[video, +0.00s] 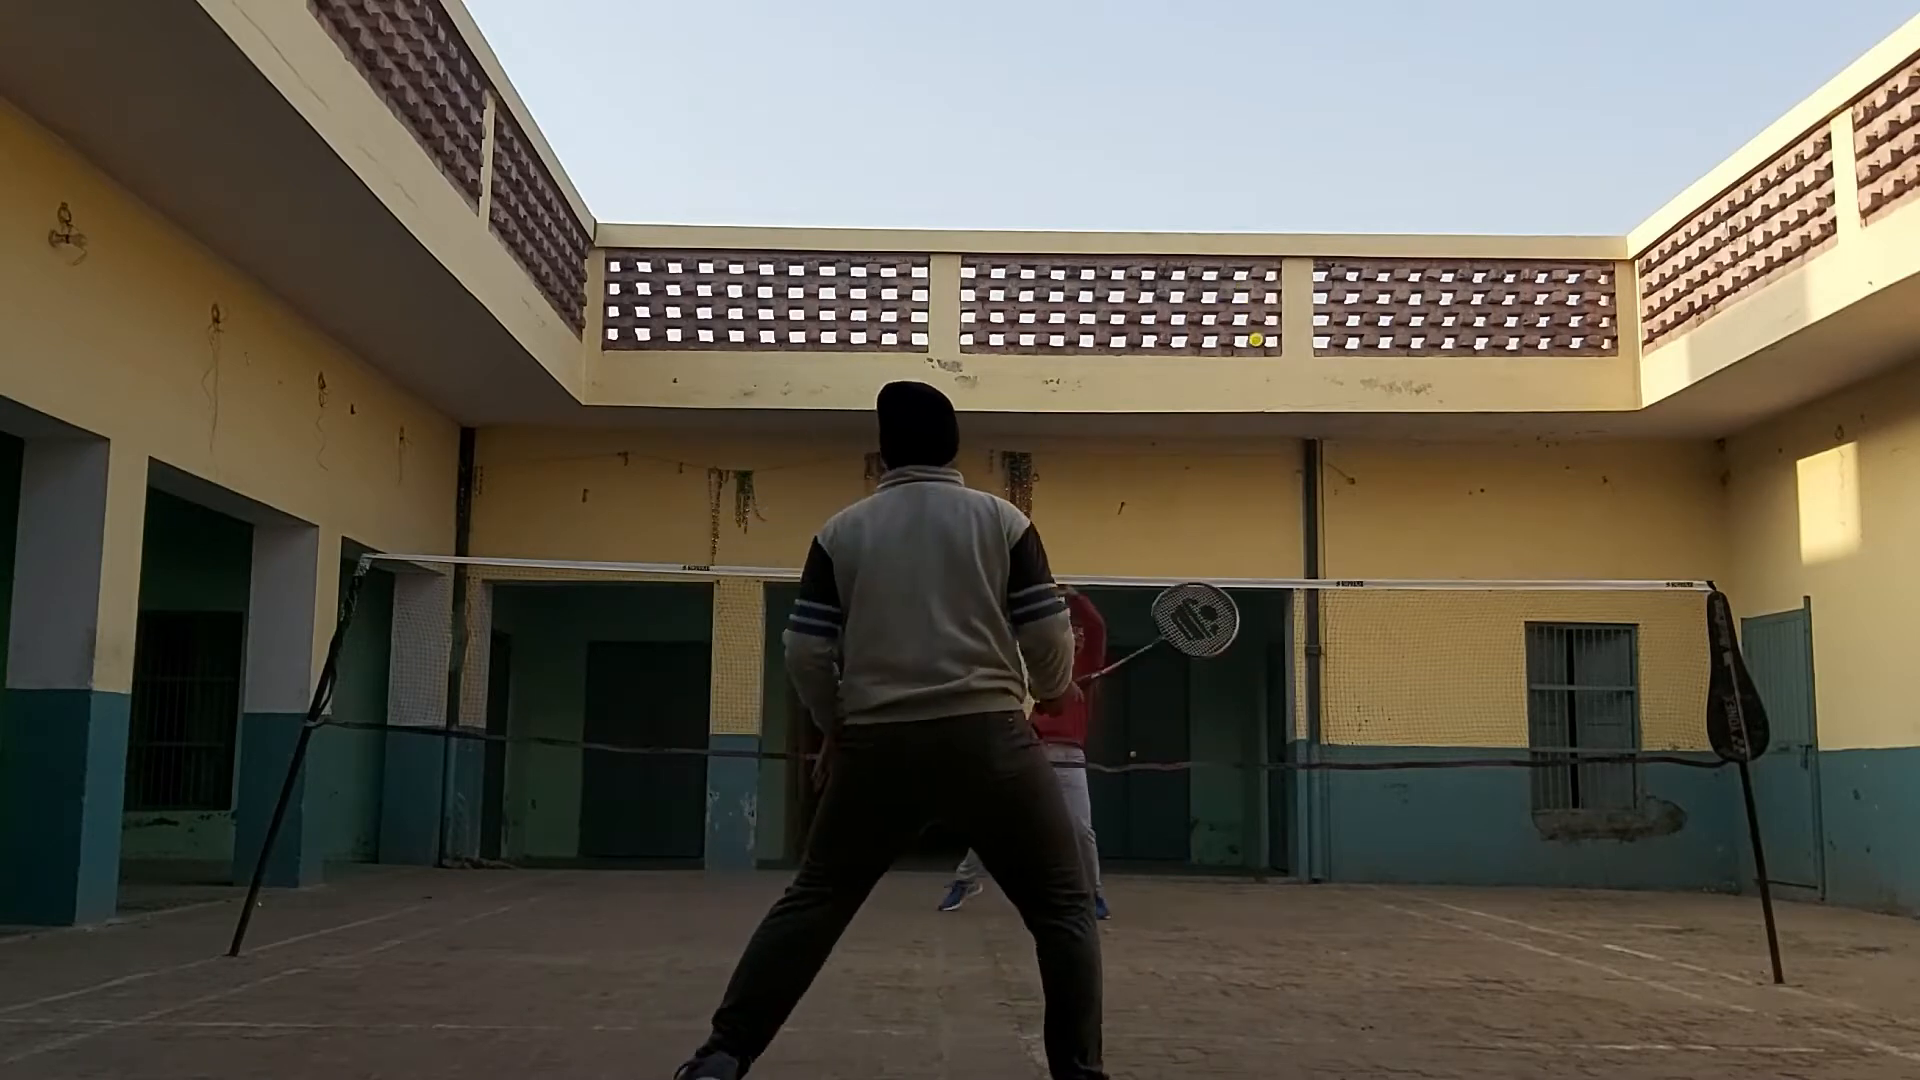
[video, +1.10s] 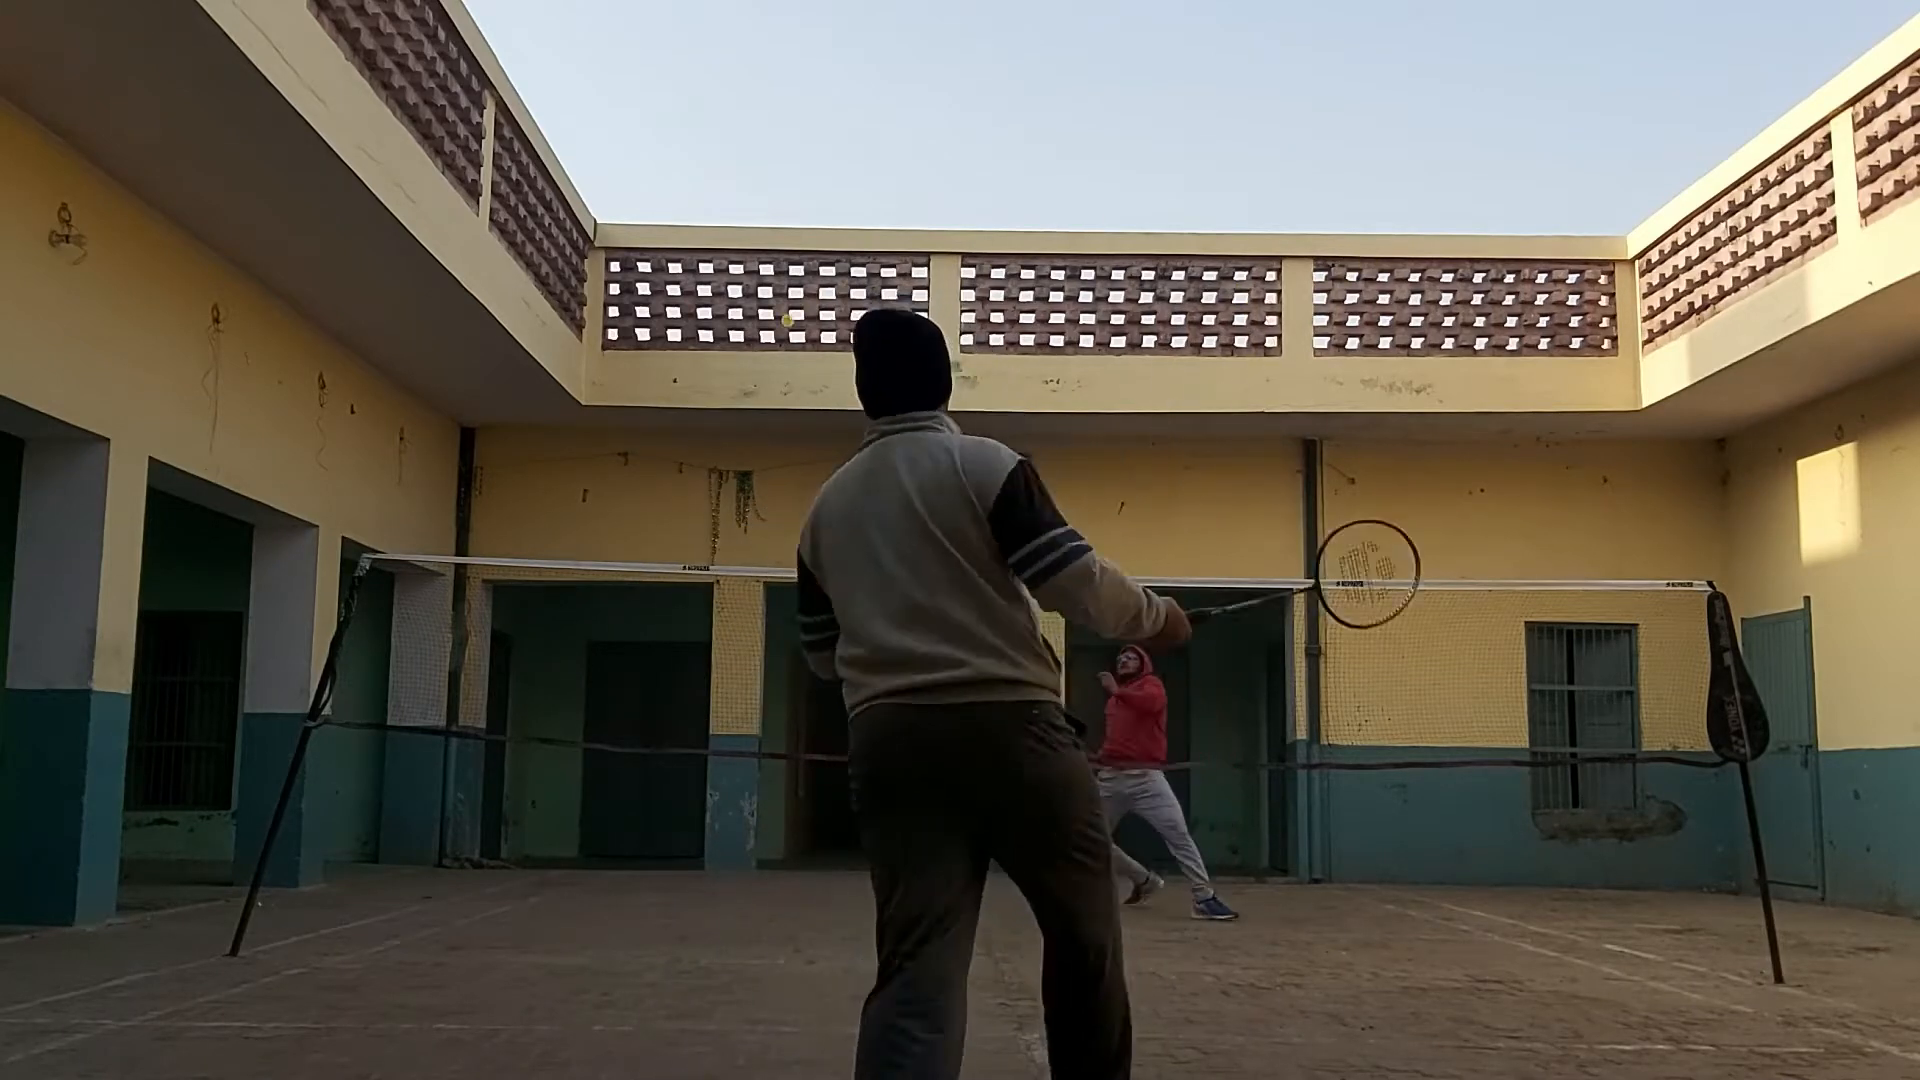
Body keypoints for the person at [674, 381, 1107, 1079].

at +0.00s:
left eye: (881, 446)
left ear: (880, 451)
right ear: (954, 447)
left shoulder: (841, 532)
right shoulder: (1002, 521)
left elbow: (806, 650)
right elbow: (1048, 635)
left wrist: (839, 722)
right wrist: (1048, 690)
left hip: (876, 751)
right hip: (992, 746)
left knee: (814, 902)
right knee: (1063, 910)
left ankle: (724, 1055)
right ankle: (1080, 1067)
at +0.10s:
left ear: (909, 448)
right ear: (979, 447)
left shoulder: (859, 525)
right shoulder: (1023, 517)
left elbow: (825, 643)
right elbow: (1064, 626)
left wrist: (857, 725)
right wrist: (1068, 702)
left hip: (890, 739)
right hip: (1002, 736)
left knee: (862, 889)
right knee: (1057, 909)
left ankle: (795, 1051)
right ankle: (1078, 1066)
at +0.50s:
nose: (1029, 492)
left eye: (1028, 479)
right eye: (1028, 479)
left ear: (959, 471)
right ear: (1016, 477)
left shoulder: (906, 541)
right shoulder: (994, 537)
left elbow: (869, 651)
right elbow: (1020, 653)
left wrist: (975, 677)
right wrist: (1112, 650)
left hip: (881, 761)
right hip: (966, 763)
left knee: (946, 913)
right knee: (1087, 925)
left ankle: (875, 1073)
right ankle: (1080, 1074)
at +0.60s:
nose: (1033, 480)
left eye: (1032, 463)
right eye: (1030, 464)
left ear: (960, 463)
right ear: (1012, 466)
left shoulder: (916, 535)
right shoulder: (984, 533)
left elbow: (876, 618)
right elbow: (1051, 628)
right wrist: (1155, 556)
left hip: (888, 760)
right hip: (975, 762)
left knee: (934, 910)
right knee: (1105, 923)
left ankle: (875, 1072)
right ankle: (1088, 1076)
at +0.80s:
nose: (982, 376)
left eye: (981, 369)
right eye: (980, 367)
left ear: (892, 368)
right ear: (969, 367)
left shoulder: (870, 463)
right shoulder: (991, 420)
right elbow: (1104, 459)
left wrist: (1029, 443)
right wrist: (1102, 427)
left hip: (940, 699)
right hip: (1042, 700)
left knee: (905, 880)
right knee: (1078, 907)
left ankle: (818, 1057)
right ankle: (1080, 1070)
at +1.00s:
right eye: (949, 357)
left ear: (870, 381)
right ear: (949, 366)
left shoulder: (848, 494)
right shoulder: (988, 453)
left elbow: (868, 595)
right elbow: (1090, 545)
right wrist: (1123, 510)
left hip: (914, 725)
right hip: (1029, 714)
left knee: (944, 931)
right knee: (1094, 922)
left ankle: (899, 1072)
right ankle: (1084, 1073)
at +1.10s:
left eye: (869, 380)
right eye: (943, 376)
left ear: (864, 394)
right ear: (947, 382)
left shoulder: (825, 509)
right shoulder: (990, 465)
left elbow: (825, 652)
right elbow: (1077, 584)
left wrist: (890, 699)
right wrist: (1157, 617)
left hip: (889, 739)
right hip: (1014, 727)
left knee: (917, 956)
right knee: (1085, 928)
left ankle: (896, 1078)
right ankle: (1091, 1073)